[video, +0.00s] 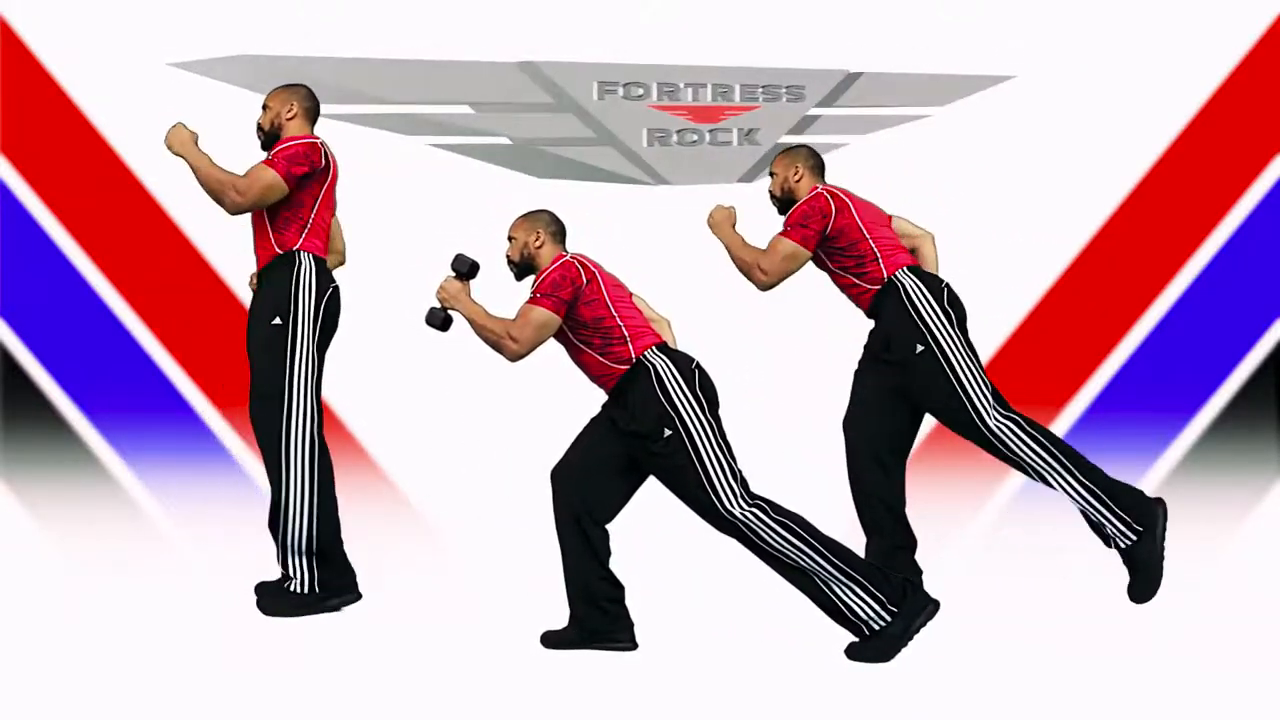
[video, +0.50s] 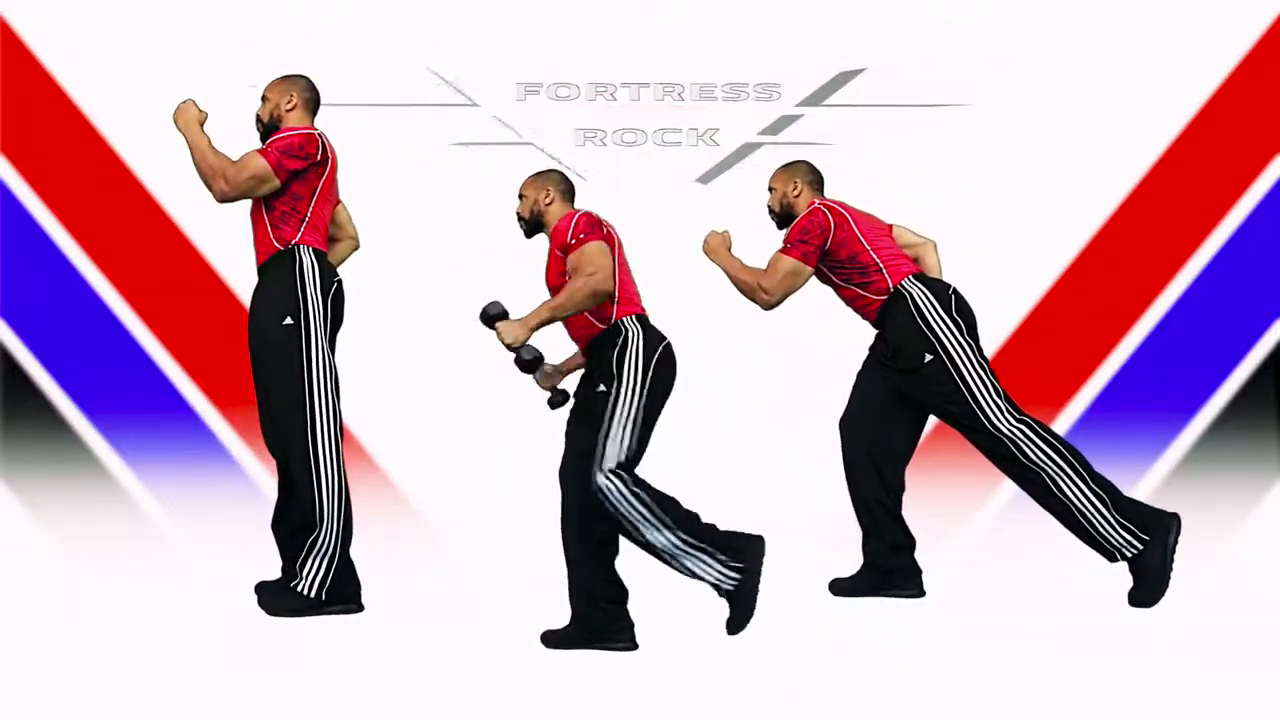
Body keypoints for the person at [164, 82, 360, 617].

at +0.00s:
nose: (259, 118)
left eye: (265, 108)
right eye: (261, 111)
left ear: (291, 108)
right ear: (300, 114)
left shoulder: (303, 148)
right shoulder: (308, 160)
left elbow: (238, 196)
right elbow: (333, 250)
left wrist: (191, 151)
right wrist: (271, 276)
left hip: (294, 286)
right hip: (297, 288)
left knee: (286, 423)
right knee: (288, 425)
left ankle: (308, 579)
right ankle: (325, 571)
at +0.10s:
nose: (257, 115)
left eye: (264, 105)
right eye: (259, 107)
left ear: (287, 107)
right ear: (297, 111)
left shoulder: (301, 146)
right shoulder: (301, 161)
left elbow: (228, 188)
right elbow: (341, 243)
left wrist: (194, 136)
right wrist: (289, 281)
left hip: (294, 286)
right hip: (288, 289)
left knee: (306, 430)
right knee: (289, 433)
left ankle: (322, 581)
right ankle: (306, 573)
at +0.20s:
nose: (257, 112)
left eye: (263, 102)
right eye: (259, 104)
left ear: (287, 104)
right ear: (293, 108)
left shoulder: (302, 145)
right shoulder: (297, 160)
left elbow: (225, 183)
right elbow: (344, 239)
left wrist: (192, 129)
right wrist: (294, 281)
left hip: (296, 286)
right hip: (285, 290)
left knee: (313, 429)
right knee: (289, 434)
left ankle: (326, 581)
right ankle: (306, 573)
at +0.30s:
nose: (257, 110)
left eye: (263, 100)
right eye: (259, 103)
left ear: (287, 102)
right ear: (296, 106)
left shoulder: (302, 144)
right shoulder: (300, 157)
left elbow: (225, 183)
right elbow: (344, 238)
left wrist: (193, 129)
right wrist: (296, 281)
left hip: (297, 285)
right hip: (286, 288)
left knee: (312, 429)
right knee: (289, 433)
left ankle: (325, 581)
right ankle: (305, 574)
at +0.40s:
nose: (257, 109)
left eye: (264, 99)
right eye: (259, 102)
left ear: (288, 101)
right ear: (296, 105)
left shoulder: (302, 142)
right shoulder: (300, 156)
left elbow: (227, 184)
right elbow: (344, 237)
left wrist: (193, 129)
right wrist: (297, 284)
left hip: (297, 284)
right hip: (287, 288)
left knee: (311, 429)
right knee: (290, 433)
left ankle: (325, 581)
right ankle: (305, 573)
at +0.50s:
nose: (257, 108)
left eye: (264, 99)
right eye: (260, 101)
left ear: (288, 101)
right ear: (297, 105)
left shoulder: (302, 142)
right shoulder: (301, 156)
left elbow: (226, 184)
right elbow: (345, 237)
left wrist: (193, 130)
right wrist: (298, 284)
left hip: (297, 284)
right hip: (288, 288)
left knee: (310, 430)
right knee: (290, 433)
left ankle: (326, 581)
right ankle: (305, 573)